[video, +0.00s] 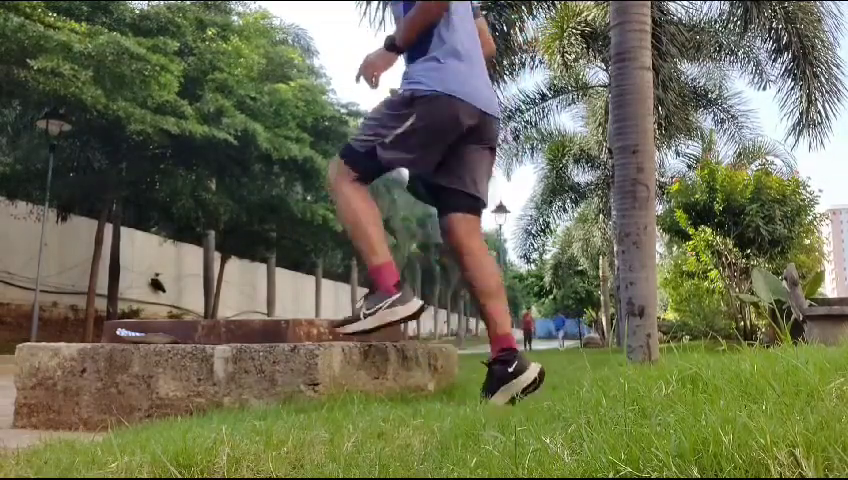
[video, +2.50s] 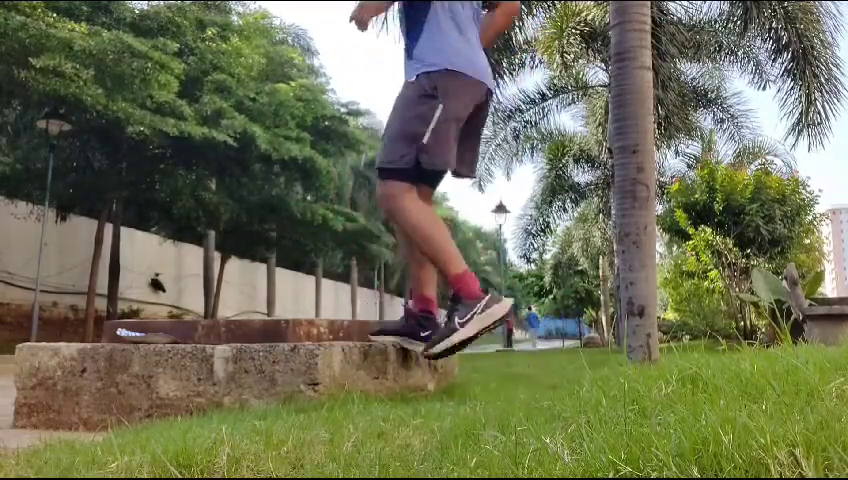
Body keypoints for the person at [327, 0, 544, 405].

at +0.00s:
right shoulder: (464, 5)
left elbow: (436, 4)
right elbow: (486, 44)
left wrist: (389, 49)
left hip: (436, 86)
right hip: (484, 101)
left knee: (345, 174)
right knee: (464, 232)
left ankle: (387, 290)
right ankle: (506, 357)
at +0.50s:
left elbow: (381, 7)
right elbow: (512, 2)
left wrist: (376, 11)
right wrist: (475, 39)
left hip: (447, 63)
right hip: (479, 70)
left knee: (427, 202)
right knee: (398, 184)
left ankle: (478, 335)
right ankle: (426, 301)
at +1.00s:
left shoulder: (424, 7)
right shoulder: (459, 14)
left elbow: (459, 2)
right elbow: (492, 57)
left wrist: (408, 55)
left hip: (445, 96)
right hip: (492, 114)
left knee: (348, 176)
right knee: (464, 239)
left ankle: (407, 277)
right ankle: (510, 365)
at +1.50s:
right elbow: (515, 2)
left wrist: (392, 5)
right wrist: (474, 37)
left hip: (449, 66)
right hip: (487, 74)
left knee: (414, 194)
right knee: (415, 194)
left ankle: (478, 316)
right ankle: (430, 306)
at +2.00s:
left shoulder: (434, 5)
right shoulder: (470, 15)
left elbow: (478, 8)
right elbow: (501, 71)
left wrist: (419, 77)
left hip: (454, 125)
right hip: (499, 139)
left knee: (355, 193)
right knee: (467, 266)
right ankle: (518, 376)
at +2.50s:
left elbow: (373, 7)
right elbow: (509, 6)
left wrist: (364, 12)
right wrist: (470, 46)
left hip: (440, 65)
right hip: (473, 72)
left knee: (394, 193)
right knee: (420, 195)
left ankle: (472, 295)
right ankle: (423, 313)